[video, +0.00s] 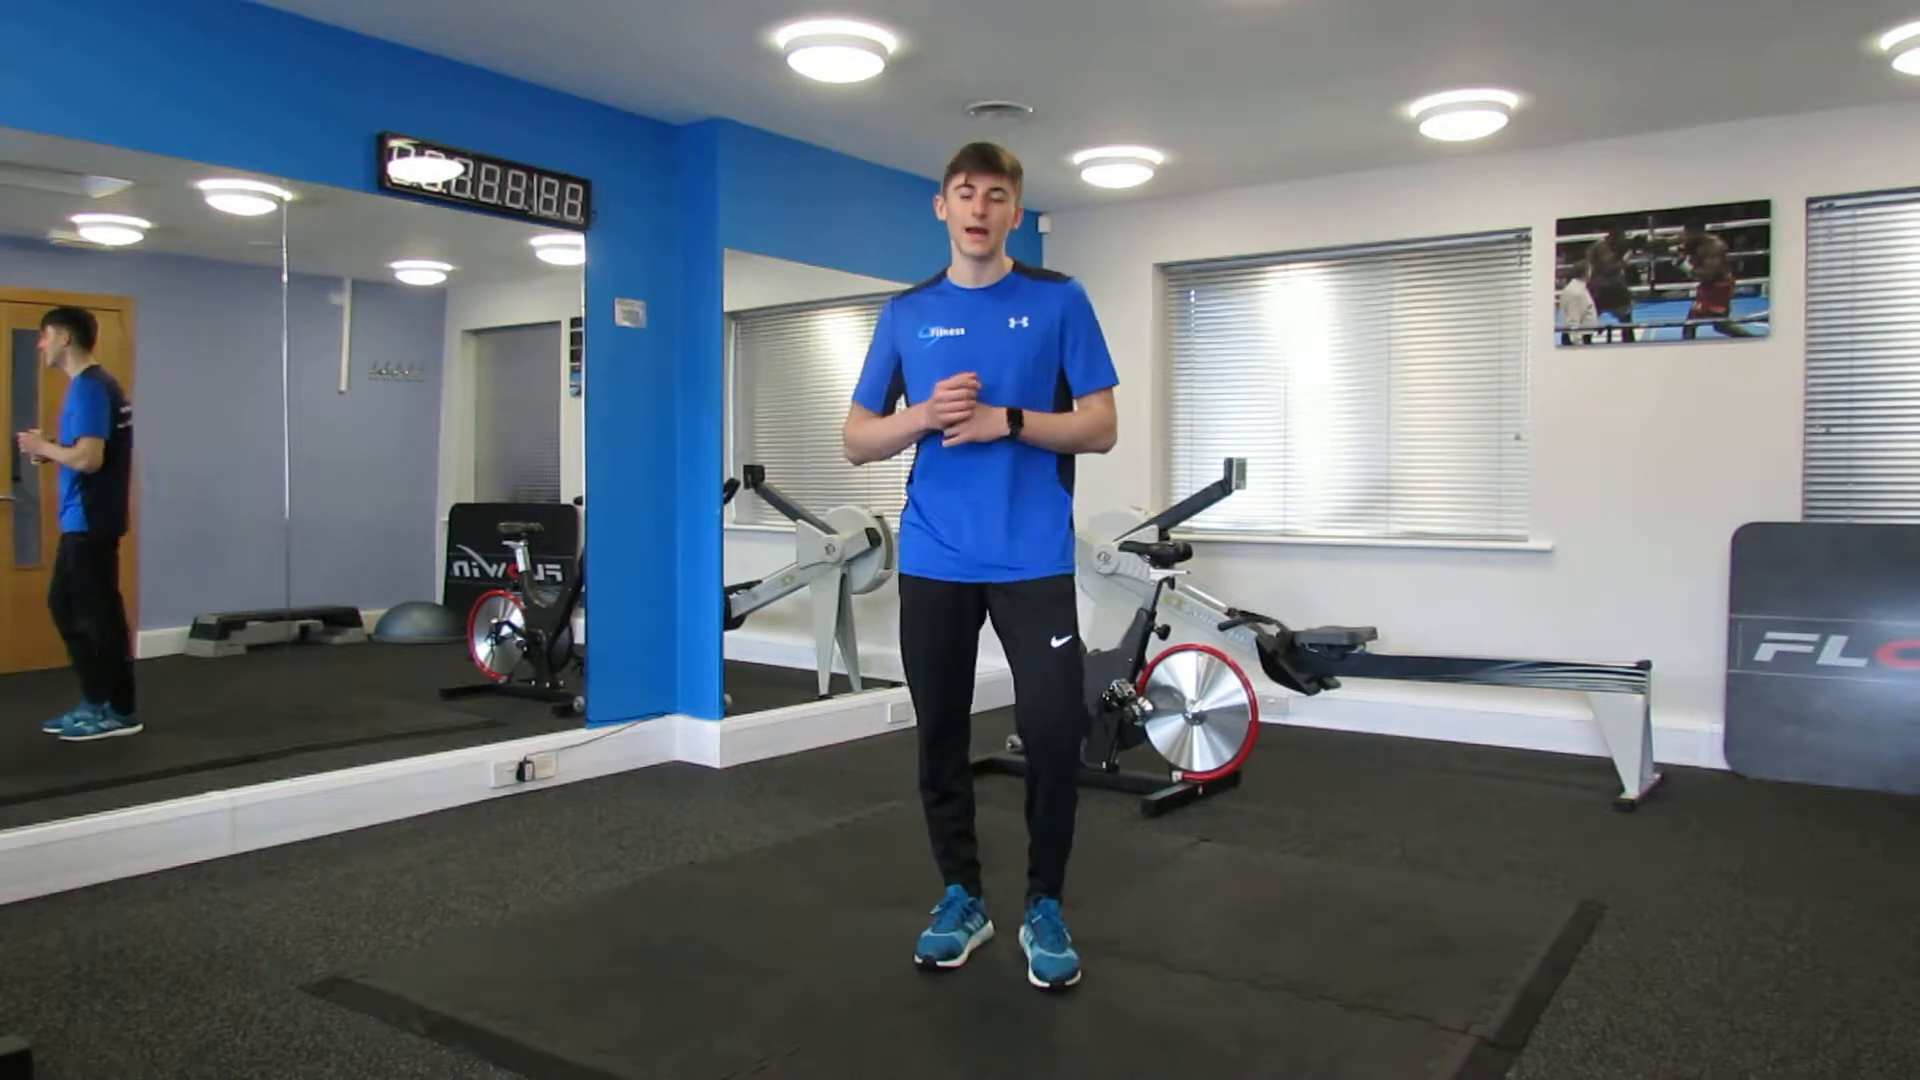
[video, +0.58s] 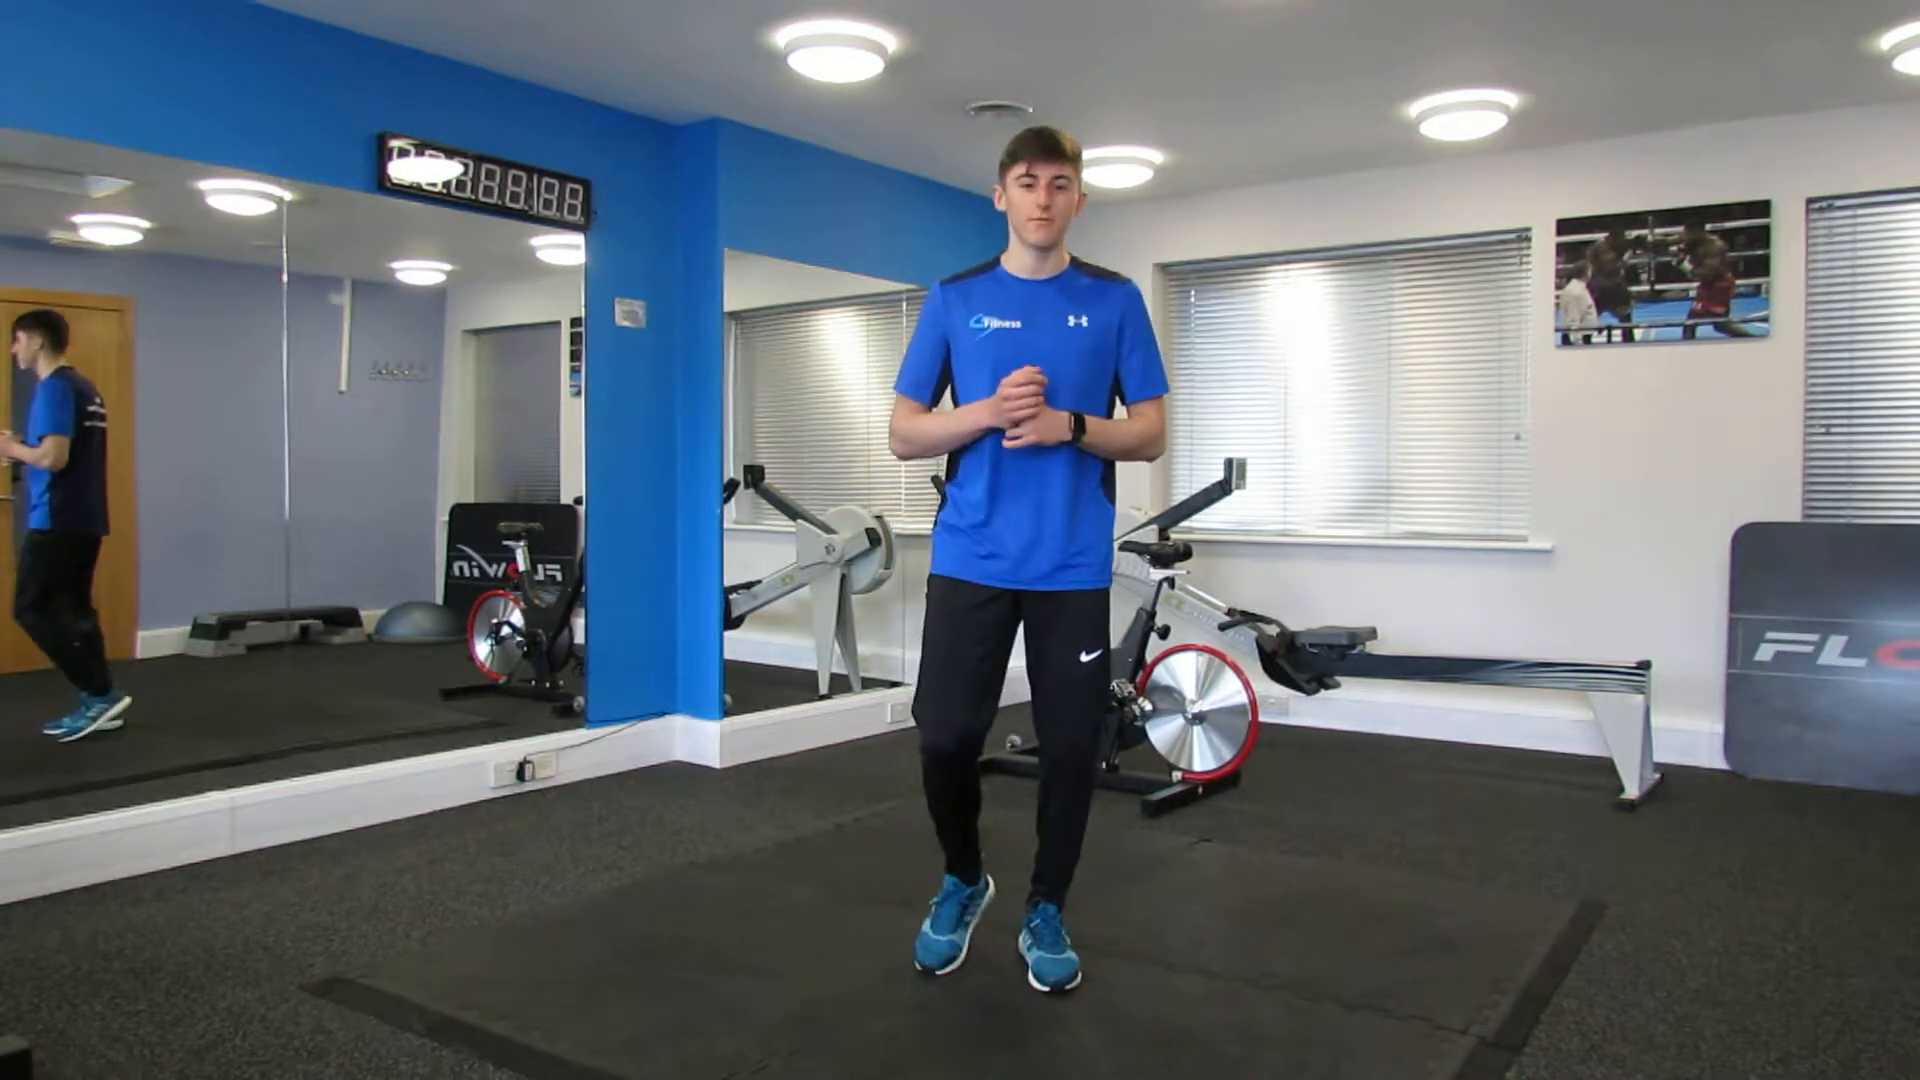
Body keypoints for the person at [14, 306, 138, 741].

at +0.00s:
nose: (40, 345)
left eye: (45, 336)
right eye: (41, 336)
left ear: (67, 339)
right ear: (75, 340)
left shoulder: (92, 387)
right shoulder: (92, 384)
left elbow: (89, 458)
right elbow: (87, 454)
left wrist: (44, 447)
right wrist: (49, 452)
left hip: (92, 526)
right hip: (86, 525)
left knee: (94, 610)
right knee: (65, 604)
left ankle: (117, 708)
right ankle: (96, 702)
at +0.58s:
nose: (14, 350)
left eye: (19, 340)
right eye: (15, 341)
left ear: (38, 342)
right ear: (49, 343)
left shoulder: (54, 389)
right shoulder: (83, 388)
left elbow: (54, 456)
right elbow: (70, 454)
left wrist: (13, 448)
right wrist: (22, 451)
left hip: (57, 524)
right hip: (84, 523)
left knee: (31, 607)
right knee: (75, 606)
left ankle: (99, 694)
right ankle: (98, 698)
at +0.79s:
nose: (1, 350)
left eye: (5, 341)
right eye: (2, 341)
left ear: (24, 344)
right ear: (38, 345)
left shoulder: (39, 387)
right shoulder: (70, 388)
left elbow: (47, 457)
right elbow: (69, 457)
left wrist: (6, 450)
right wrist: (20, 452)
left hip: (37, 525)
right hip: (70, 525)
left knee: (8, 609)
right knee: (72, 610)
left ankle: (39, 703)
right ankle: (100, 703)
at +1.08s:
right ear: (11, 343)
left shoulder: (9, 388)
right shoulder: (32, 389)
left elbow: (11, 459)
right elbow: (37, 459)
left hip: (16, 528)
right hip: (40, 526)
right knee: (54, 611)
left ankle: (97, 700)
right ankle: (97, 701)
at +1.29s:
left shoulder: (6, 400)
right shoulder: (7, 399)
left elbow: (8, 472)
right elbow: (10, 472)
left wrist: (11, 525)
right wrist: (11, 525)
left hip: (3, 527)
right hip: (3, 526)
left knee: (5, 611)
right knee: (5, 610)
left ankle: (74, 682)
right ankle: (73, 682)